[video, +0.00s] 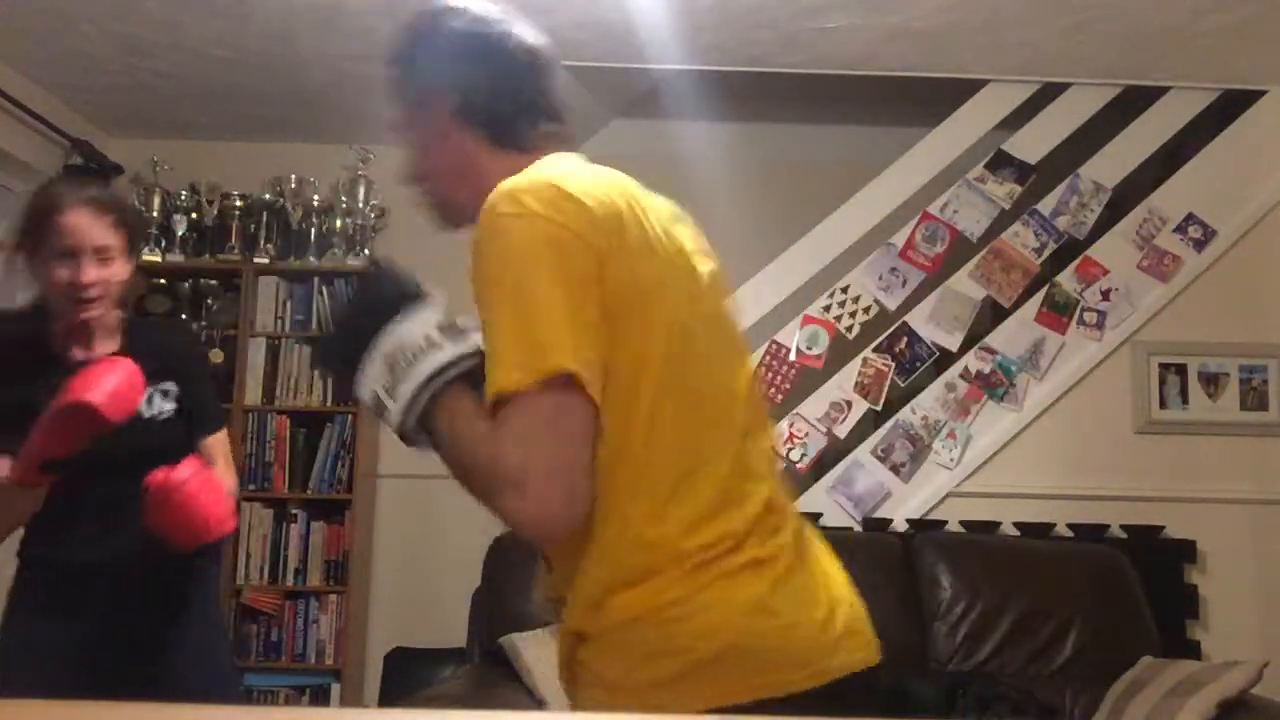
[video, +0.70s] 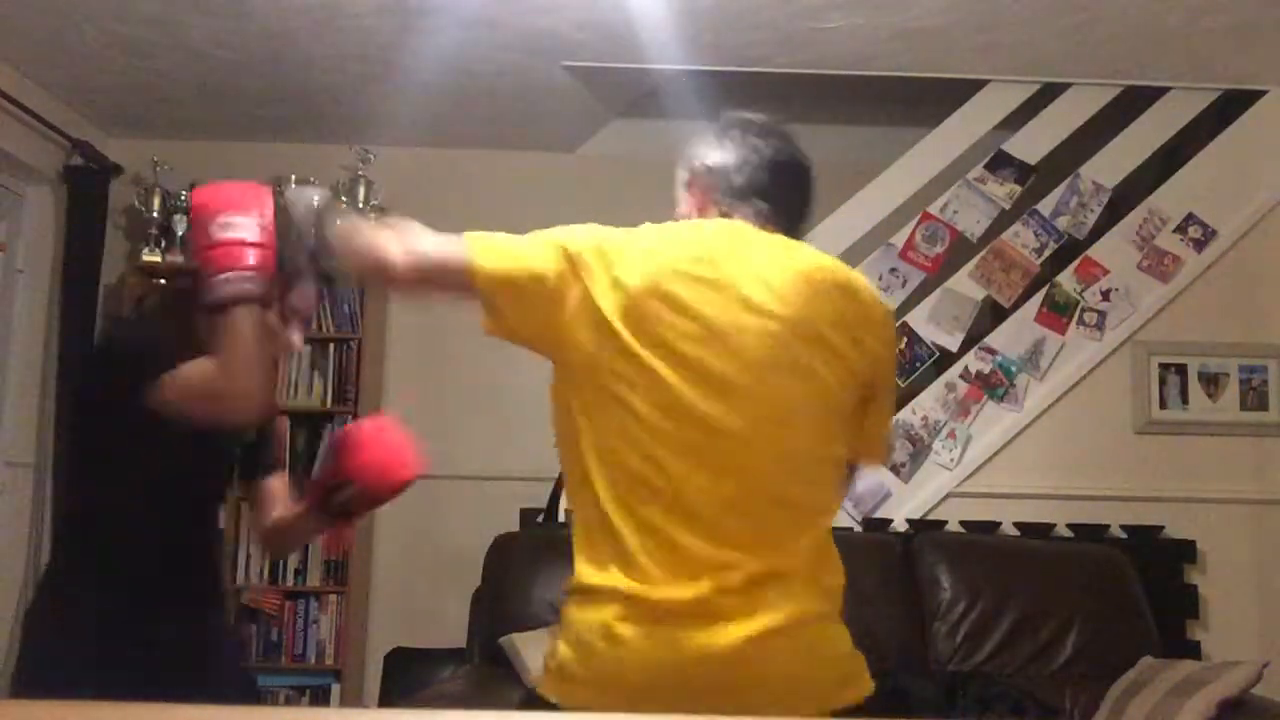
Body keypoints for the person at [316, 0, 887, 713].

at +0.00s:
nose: (408, 169)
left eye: (410, 133)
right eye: (406, 138)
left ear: (447, 114)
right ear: (529, 106)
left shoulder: (529, 207)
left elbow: (543, 498)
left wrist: (412, 366)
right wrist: (452, 365)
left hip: (695, 680)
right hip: (815, 653)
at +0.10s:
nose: (527, 159)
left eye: (529, 133)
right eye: (526, 137)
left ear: (554, 119)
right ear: (650, 120)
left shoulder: (544, 210)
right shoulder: (762, 209)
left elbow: (553, 450)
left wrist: (451, 421)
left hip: (663, 664)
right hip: (850, 650)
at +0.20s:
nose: (638, 172)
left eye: (643, 154)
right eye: (641, 156)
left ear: (664, 145)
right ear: (759, 164)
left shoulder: (598, 236)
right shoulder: (845, 249)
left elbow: (545, 430)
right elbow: (856, 441)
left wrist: (496, 508)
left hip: (658, 673)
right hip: (863, 669)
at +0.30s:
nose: (651, 183)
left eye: (652, 165)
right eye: (651, 170)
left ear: (675, 147)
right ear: (777, 169)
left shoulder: (610, 233)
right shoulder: (866, 249)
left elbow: (542, 405)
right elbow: (886, 418)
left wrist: (532, 461)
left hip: (637, 668)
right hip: (858, 671)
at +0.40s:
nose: (644, 215)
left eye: (645, 202)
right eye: (647, 205)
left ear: (662, 191)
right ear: (765, 199)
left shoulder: (595, 269)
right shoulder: (856, 275)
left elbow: (454, 433)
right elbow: (879, 434)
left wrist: (484, 364)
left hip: (627, 670)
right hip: (829, 674)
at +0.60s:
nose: (659, 201)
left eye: (662, 184)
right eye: (663, 185)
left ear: (680, 181)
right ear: (777, 205)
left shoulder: (601, 252)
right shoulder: (841, 293)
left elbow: (415, 292)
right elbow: (845, 438)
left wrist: (293, 287)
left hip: (595, 665)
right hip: (787, 673)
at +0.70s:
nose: (674, 211)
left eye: (677, 195)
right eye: (678, 196)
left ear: (696, 197)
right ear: (788, 217)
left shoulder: (605, 261)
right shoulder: (855, 303)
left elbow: (406, 256)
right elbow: (857, 468)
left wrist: (316, 219)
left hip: (617, 669)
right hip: (800, 672)